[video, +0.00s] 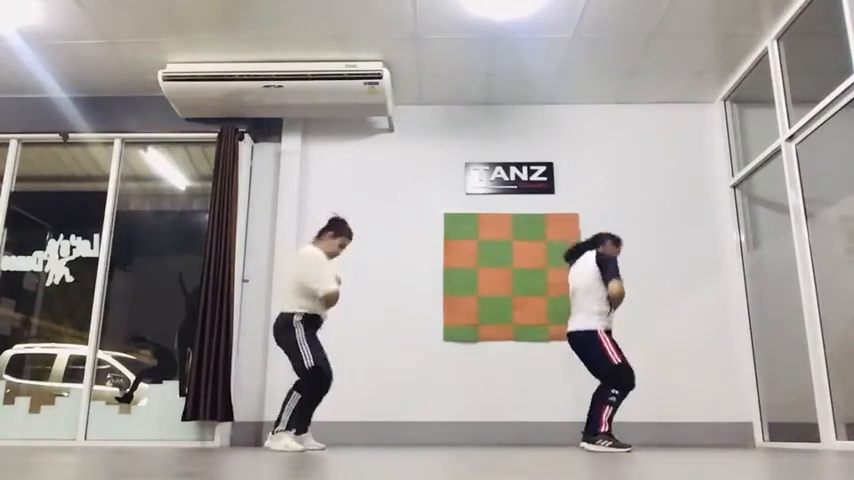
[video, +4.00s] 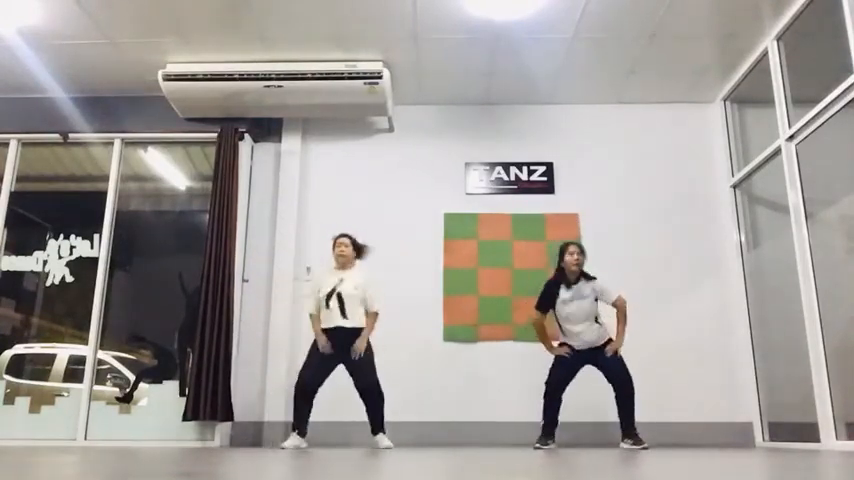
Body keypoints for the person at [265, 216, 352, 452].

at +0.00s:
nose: (340, 252)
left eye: (343, 248)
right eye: (340, 245)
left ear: (328, 238)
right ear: (328, 235)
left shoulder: (312, 257)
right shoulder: (312, 256)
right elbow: (328, 299)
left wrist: (332, 282)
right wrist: (336, 285)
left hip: (303, 323)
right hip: (294, 322)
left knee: (322, 376)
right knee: (313, 374)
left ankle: (299, 432)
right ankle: (279, 433)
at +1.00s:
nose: (326, 248)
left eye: (329, 244)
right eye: (324, 242)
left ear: (323, 242)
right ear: (308, 237)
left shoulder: (317, 263)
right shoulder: (299, 262)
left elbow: (345, 270)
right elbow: (311, 298)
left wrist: (334, 273)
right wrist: (330, 300)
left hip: (317, 322)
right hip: (302, 320)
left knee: (329, 382)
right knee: (315, 371)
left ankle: (298, 433)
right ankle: (282, 428)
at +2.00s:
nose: (321, 243)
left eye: (324, 240)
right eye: (315, 239)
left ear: (328, 246)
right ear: (304, 244)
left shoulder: (331, 274)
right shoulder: (294, 268)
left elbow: (352, 308)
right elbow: (271, 294)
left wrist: (360, 338)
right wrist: (274, 329)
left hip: (318, 339)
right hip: (290, 336)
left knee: (345, 378)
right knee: (290, 376)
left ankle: (324, 424)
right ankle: (270, 432)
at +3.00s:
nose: (330, 252)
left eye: (335, 247)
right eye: (326, 249)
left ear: (346, 251)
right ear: (323, 253)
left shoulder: (356, 277)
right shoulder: (315, 275)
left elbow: (369, 310)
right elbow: (290, 297)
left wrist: (357, 343)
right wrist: (290, 329)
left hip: (337, 340)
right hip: (307, 336)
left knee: (352, 387)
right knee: (275, 373)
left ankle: (352, 435)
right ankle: (284, 429)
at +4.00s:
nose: (340, 249)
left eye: (345, 246)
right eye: (337, 246)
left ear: (354, 252)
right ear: (332, 252)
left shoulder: (363, 278)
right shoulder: (321, 277)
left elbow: (373, 312)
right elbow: (313, 310)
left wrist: (363, 338)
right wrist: (318, 333)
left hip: (356, 337)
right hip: (328, 337)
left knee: (370, 387)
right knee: (305, 384)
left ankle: (379, 433)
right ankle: (299, 434)